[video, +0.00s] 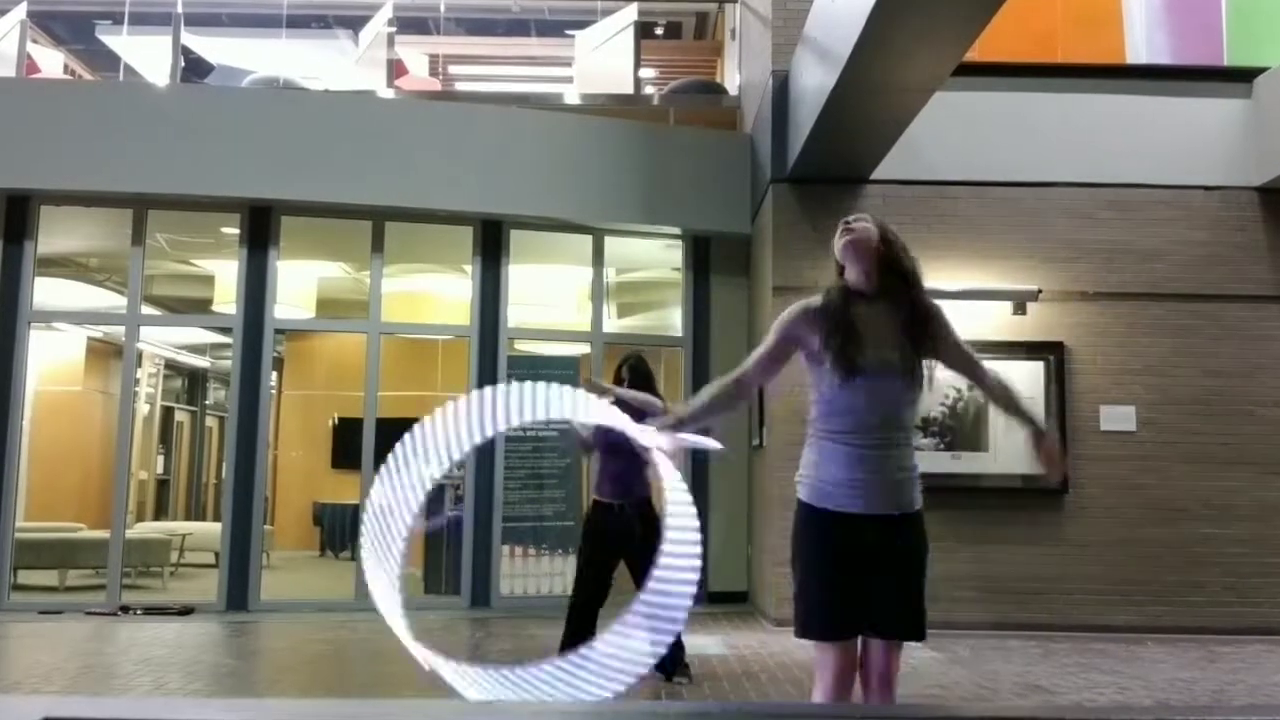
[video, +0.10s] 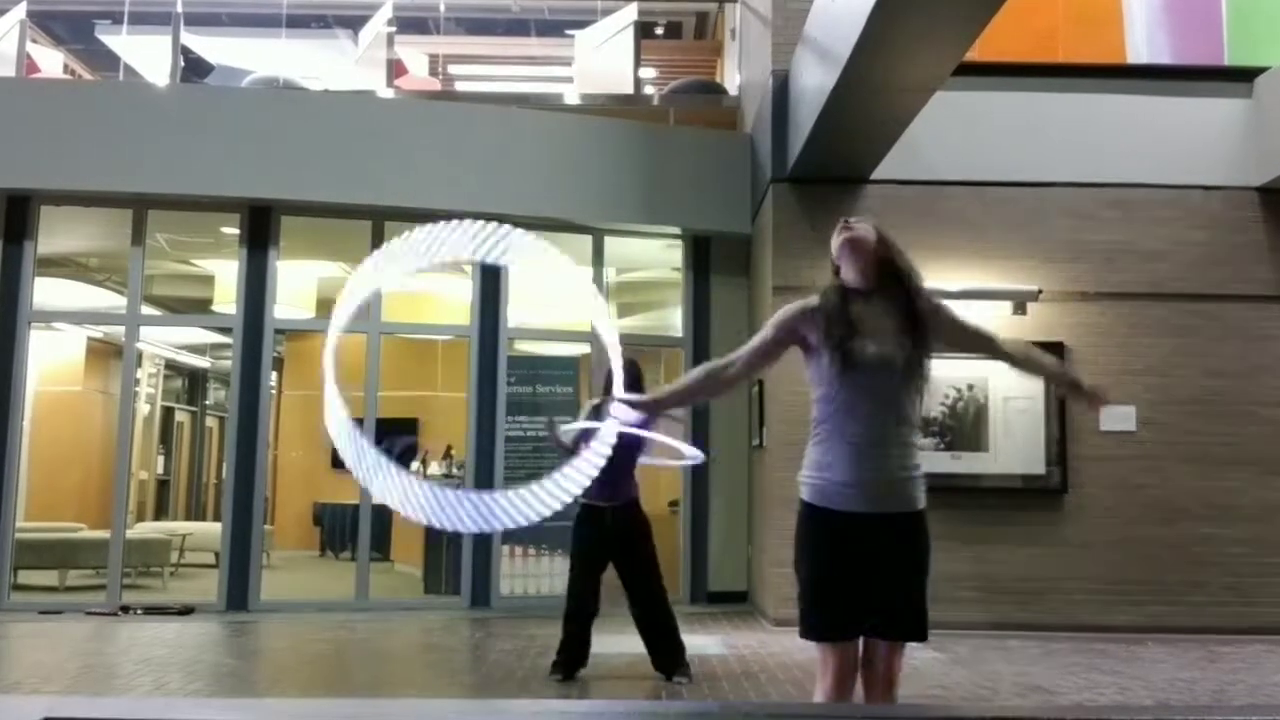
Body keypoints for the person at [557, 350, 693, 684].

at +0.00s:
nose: (624, 387)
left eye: (630, 381)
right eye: (621, 381)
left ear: (639, 383)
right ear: (615, 384)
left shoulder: (653, 413)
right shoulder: (605, 414)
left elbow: (655, 405)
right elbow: (585, 445)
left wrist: (607, 392)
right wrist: (572, 420)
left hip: (639, 511)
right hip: (602, 511)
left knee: (655, 591)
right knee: (587, 595)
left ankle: (674, 665)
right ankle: (568, 667)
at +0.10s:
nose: (617, 387)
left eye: (624, 380)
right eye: (612, 379)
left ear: (635, 386)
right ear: (605, 382)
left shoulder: (640, 417)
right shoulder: (595, 411)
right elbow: (576, 449)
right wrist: (558, 438)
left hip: (626, 513)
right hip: (591, 512)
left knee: (647, 593)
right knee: (581, 594)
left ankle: (673, 665)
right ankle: (567, 663)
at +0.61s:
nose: (596, 394)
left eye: (603, 389)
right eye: (594, 388)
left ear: (610, 397)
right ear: (586, 394)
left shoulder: (612, 427)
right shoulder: (576, 426)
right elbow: (556, 460)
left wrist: (554, 447)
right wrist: (525, 459)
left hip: (595, 523)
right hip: (562, 521)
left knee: (627, 595)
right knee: (559, 599)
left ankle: (670, 663)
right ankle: (566, 664)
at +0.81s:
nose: (591, 402)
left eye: (598, 397)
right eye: (588, 395)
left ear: (608, 404)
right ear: (579, 399)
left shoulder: (603, 435)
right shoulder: (566, 433)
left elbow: (608, 414)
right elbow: (552, 441)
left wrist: (572, 390)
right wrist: (544, 424)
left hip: (591, 527)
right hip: (557, 525)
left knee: (626, 598)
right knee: (556, 601)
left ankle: (671, 664)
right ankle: (566, 664)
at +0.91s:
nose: (593, 405)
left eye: (601, 400)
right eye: (591, 399)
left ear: (602, 410)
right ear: (583, 403)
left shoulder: (604, 434)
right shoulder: (562, 428)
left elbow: (627, 416)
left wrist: (602, 389)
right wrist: (527, 429)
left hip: (591, 526)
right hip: (556, 525)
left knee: (625, 599)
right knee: (556, 602)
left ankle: (666, 666)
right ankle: (567, 664)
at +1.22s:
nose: (628, 396)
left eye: (629, 391)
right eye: (624, 391)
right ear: (608, 393)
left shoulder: (620, 425)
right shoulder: (574, 419)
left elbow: (645, 410)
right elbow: (557, 464)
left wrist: (639, 410)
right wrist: (575, 496)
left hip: (602, 521)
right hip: (576, 520)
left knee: (625, 590)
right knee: (591, 594)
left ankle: (595, 666)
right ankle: (555, 654)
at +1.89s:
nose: (583, 389)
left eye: (584, 383)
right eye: (582, 384)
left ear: (592, 378)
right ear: (616, 372)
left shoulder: (604, 397)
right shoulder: (634, 401)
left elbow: (581, 435)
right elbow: (635, 458)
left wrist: (567, 436)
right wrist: (611, 485)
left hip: (629, 503)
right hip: (643, 500)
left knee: (628, 587)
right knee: (639, 586)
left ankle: (630, 670)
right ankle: (637, 664)